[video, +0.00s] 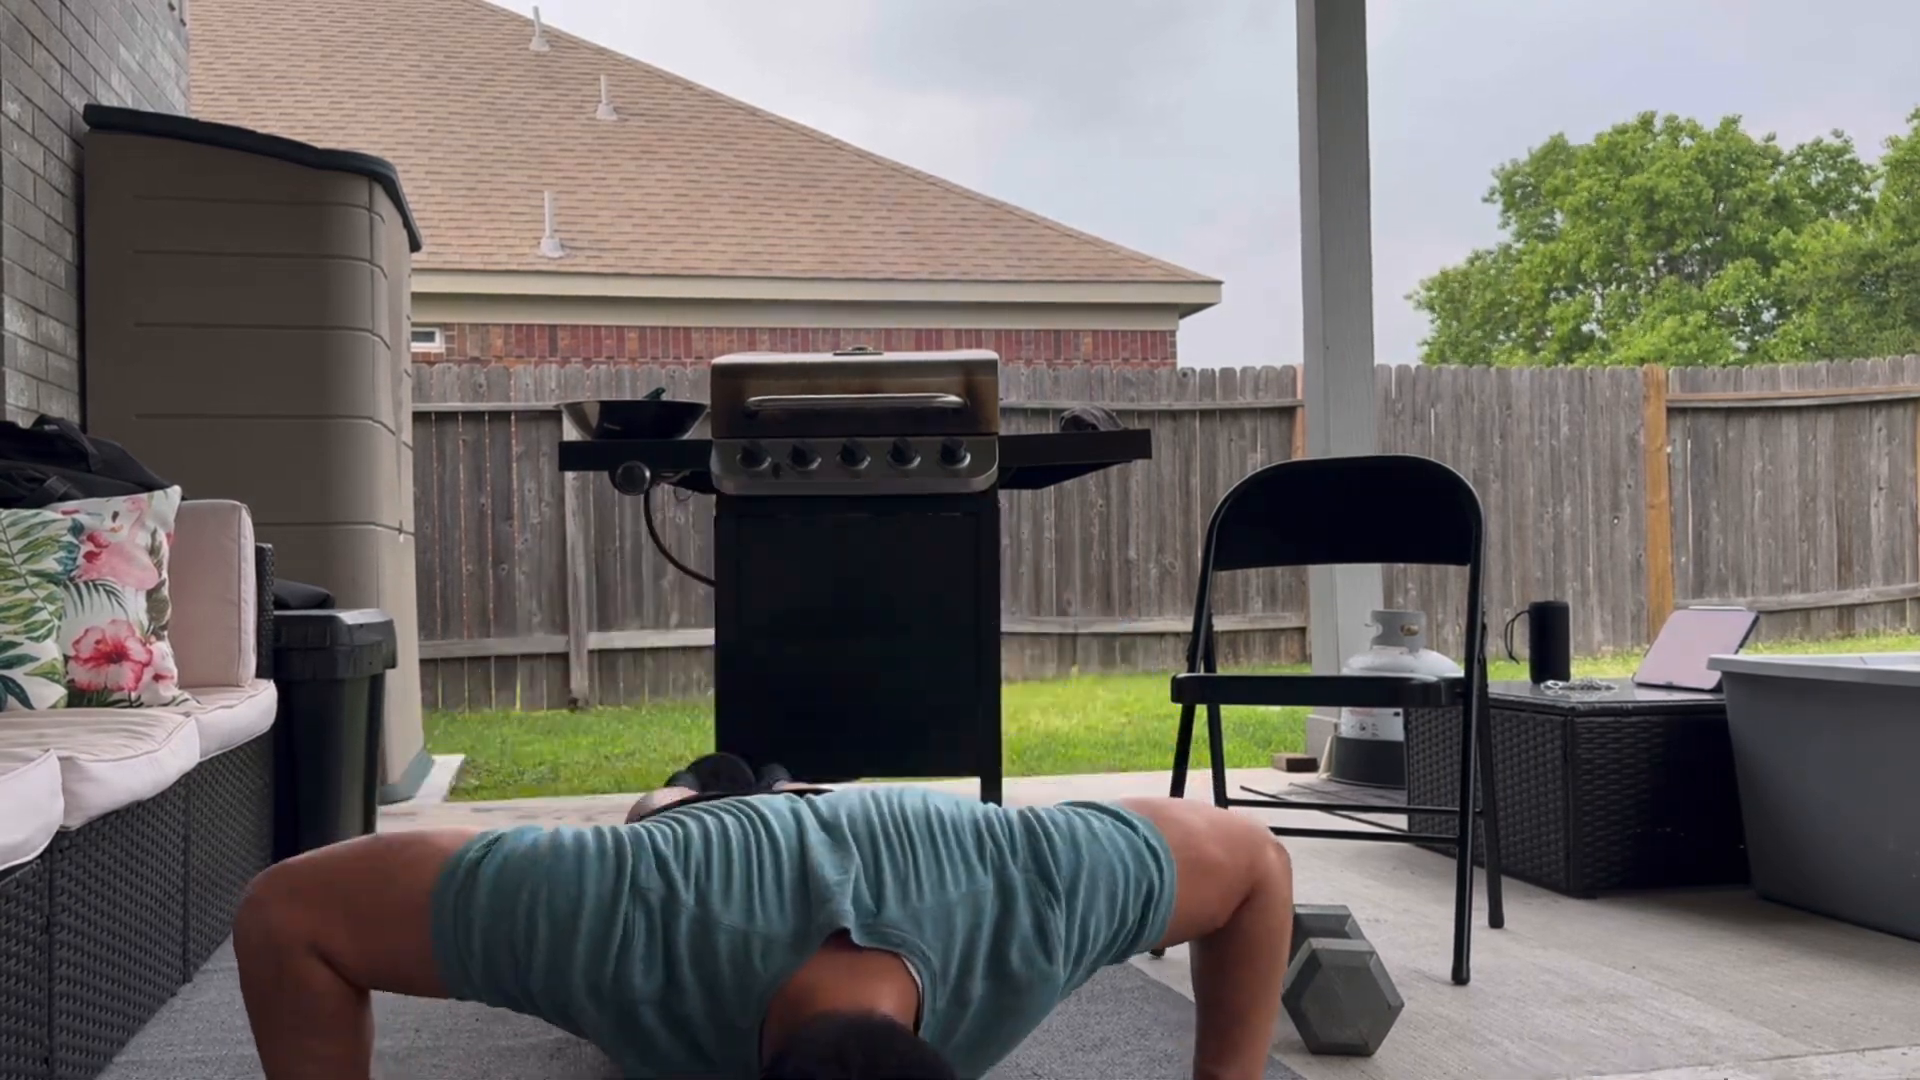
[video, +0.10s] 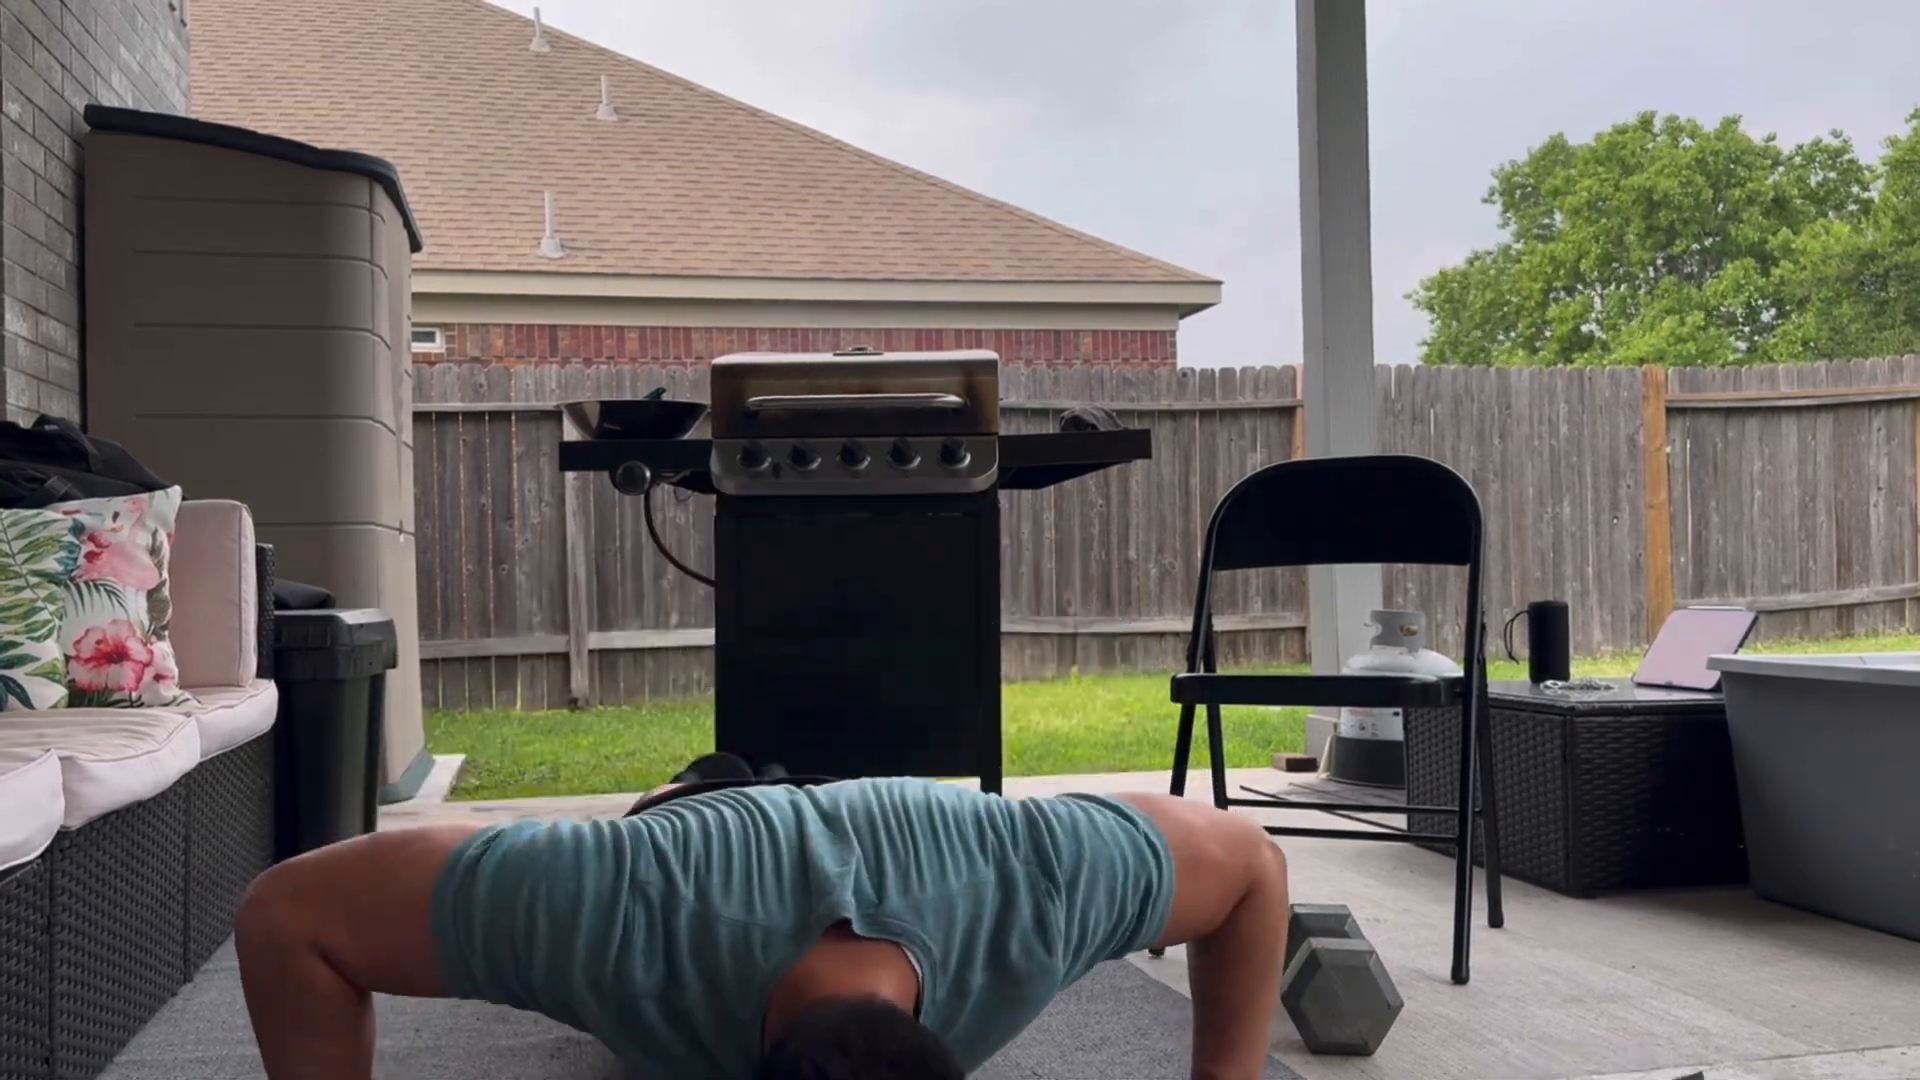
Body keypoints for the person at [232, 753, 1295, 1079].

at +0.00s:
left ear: (935, 1040)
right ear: (754, 1046)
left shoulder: (1034, 901)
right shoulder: (620, 931)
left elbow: (1253, 863)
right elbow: (288, 921)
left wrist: (1229, 1069)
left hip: (937, 833)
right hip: (674, 850)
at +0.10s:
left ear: (937, 1040)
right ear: (752, 1042)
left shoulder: (1043, 889)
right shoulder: (618, 923)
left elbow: (1249, 866)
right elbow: (288, 923)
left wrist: (1229, 1073)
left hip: (921, 813)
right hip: (691, 827)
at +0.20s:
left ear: (961, 982)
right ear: (732, 995)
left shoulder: (1055, 829)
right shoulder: (599, 849)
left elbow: (1249, 875)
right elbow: (286, 924)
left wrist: (1225, 1070)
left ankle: (1273, 901)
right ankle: (445, 803)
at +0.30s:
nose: (828, 1017)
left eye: (871, 1006)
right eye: (785, 984)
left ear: (965, 835)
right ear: (730, 846)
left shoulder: (1052, 736)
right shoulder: (587, 747)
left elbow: (1235, 871)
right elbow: (306, 916)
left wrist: (1224, 1068)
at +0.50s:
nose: (829, 948)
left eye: (871, 935)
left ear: (966, 801)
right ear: (731, 771)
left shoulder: (1042, 658)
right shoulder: (592, 655)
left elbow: (1209, 860)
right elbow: (345, 897)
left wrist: (1214, 1076)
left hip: (894, 833)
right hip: (671, 870)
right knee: (678, 919)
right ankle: (638, 856)